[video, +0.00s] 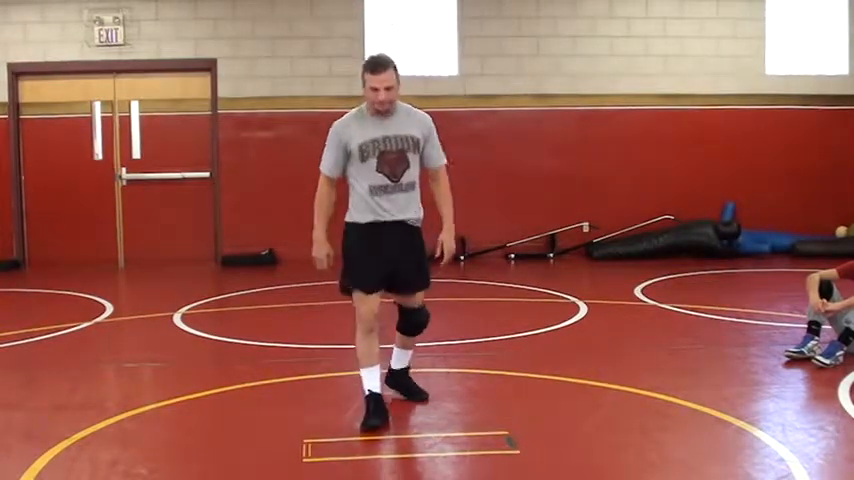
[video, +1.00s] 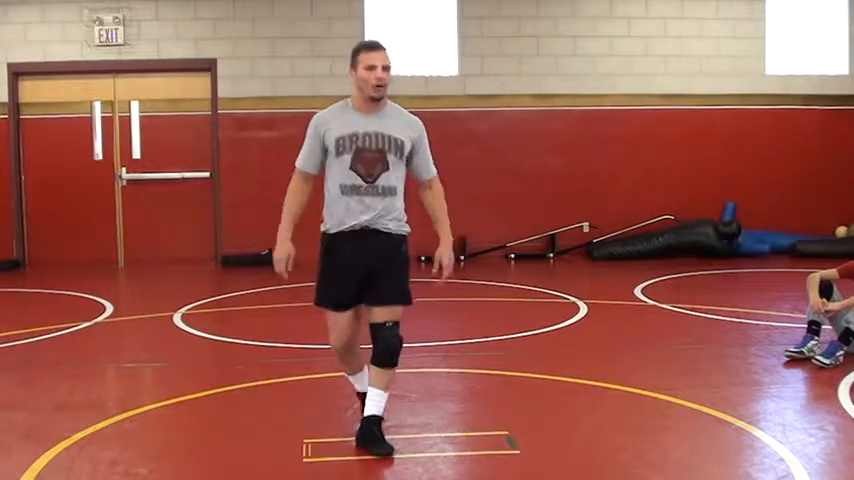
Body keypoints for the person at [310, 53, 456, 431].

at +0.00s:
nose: (381, 96)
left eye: (388, 88)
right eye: (374, 89)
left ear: (398, 85)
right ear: (363, 87)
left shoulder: (421, 123)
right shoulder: (344, 129)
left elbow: (438, 176)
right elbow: (327, 184)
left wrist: (448, 227)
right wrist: (319, 236)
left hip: (408, 230)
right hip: (363, 232)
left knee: (415, 314)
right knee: (367, 317)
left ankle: (398, 371)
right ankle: (373, 399)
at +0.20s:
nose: (381, 90)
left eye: (385, 83)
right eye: (373, 84)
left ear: (388, 82)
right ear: (354, 86)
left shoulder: (408, 119)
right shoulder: (332, 133)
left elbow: (430, 170)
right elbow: (318, 191)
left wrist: (448, 219)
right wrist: (311, 249)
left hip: (402, 230)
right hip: (357, 235)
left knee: (427, 320)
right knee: (364, 322)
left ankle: (402, 366)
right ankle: (372, 401)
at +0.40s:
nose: (385, 82)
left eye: (385, 75)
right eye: (376, 76)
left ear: (384, 79)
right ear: (353, 82)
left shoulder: (401, 118)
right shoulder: (327, 130)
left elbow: (424, 165)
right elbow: (315, 188)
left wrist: (450, 200)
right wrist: (325, 237)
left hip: (399, 231)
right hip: (353, 236)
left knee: (418, 325)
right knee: (361, 323)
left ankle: (408, 394)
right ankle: (372, 402)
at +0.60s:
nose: (386, 81)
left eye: (385, 74)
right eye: (377, 75)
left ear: (384, 78)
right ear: (353, 80)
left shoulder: (400, 119)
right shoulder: (326, 129)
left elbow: (422, 166)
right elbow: (310, 186)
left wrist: (451, 192)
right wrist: (325, 229)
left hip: (395, 233)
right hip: (349, 237)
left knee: (401, 328)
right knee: (359, 328)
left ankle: (384, 409)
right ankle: (370, 403)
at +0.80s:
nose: (379, 79)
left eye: (382, 72)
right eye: (370, 72)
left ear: (386, 76)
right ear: (349, 78)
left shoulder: (404, 124)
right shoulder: (323, 128)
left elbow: (427, 177)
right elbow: (306, 187)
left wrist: (453, 224)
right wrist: (311, 238)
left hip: (392, 239)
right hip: (343, 241)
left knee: (389, 334)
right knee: (355, 334)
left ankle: (373, 421)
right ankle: (369, 398)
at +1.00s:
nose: (379, 75)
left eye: (384, 68)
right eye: (370, 68)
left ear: (391, 74)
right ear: (353, 74)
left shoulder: (411, 126)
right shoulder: (325, 122)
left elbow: (429, 185)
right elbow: (302, 180)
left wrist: (446, 240)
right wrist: (284, 236)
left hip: (389, 239)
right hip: (340, 240)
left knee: (387, 339)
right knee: (342, 342)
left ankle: (372, 423)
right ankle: (366, 390)